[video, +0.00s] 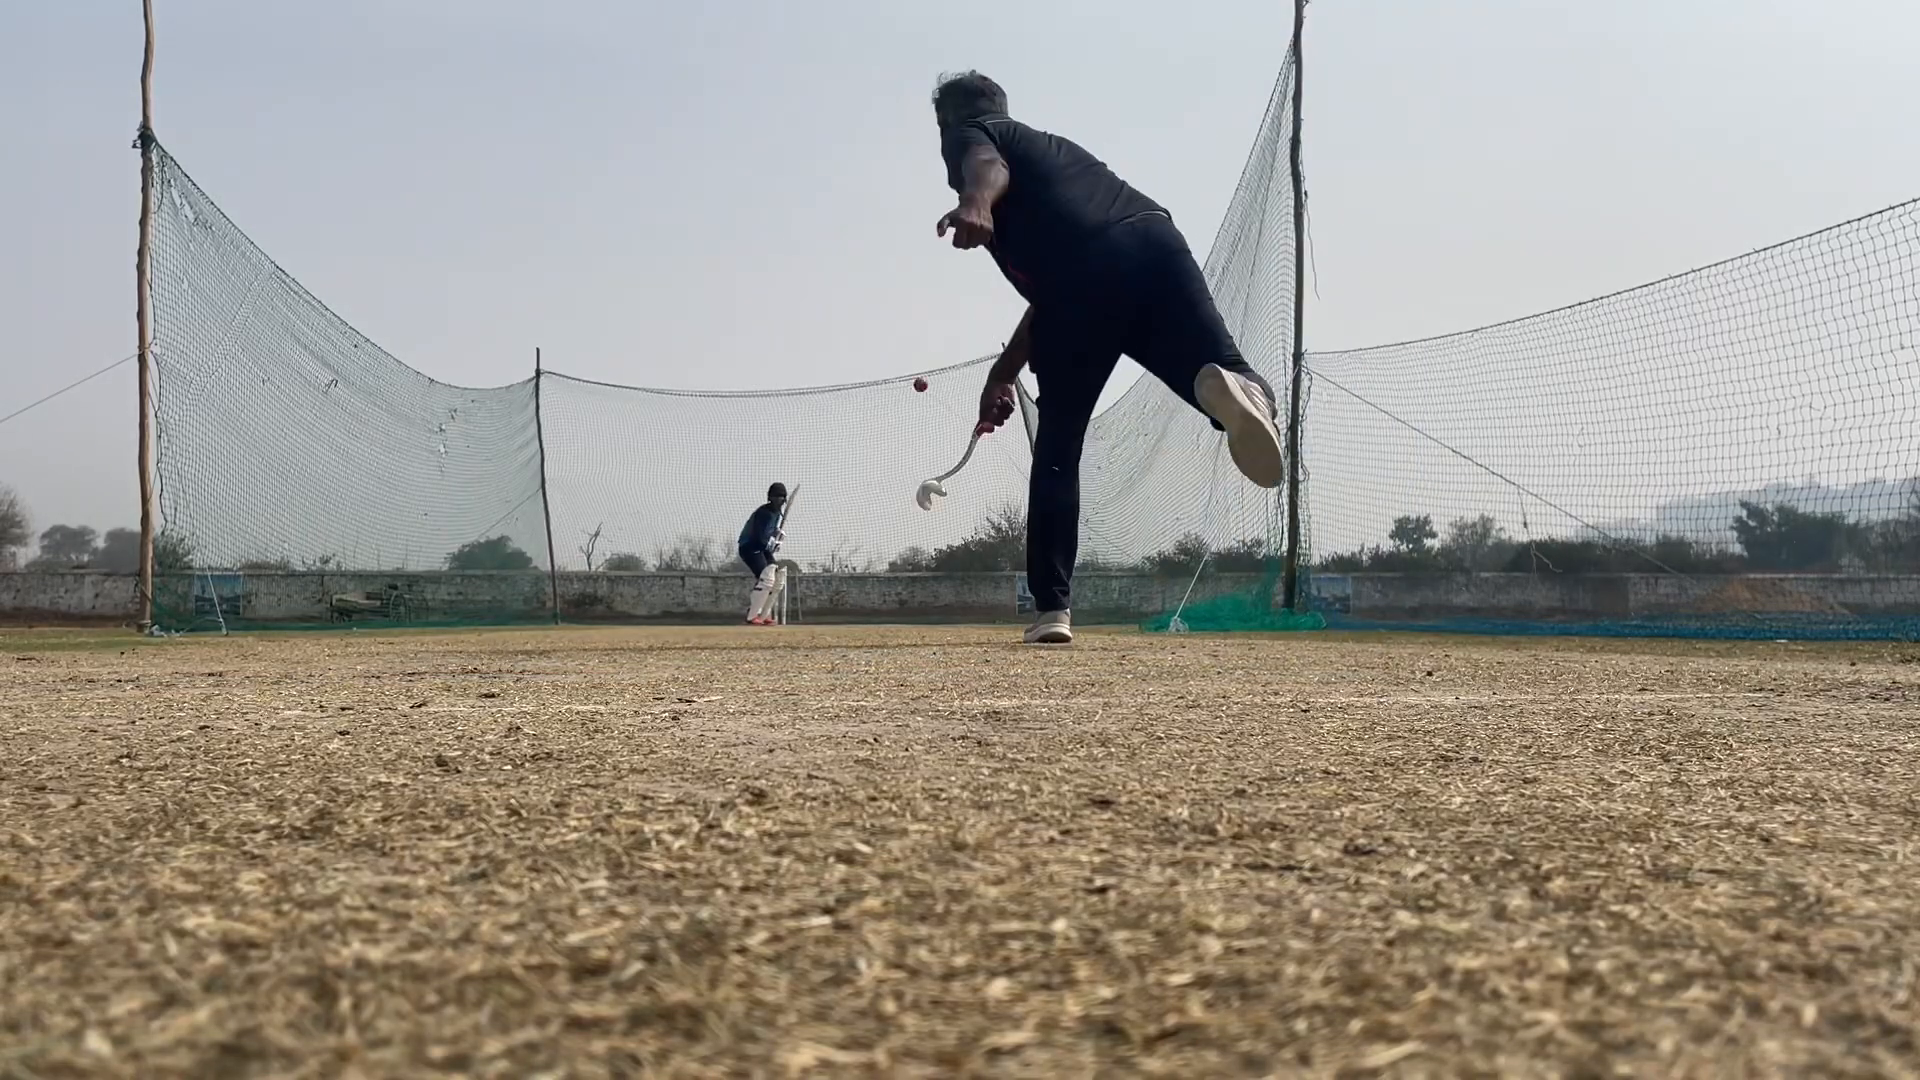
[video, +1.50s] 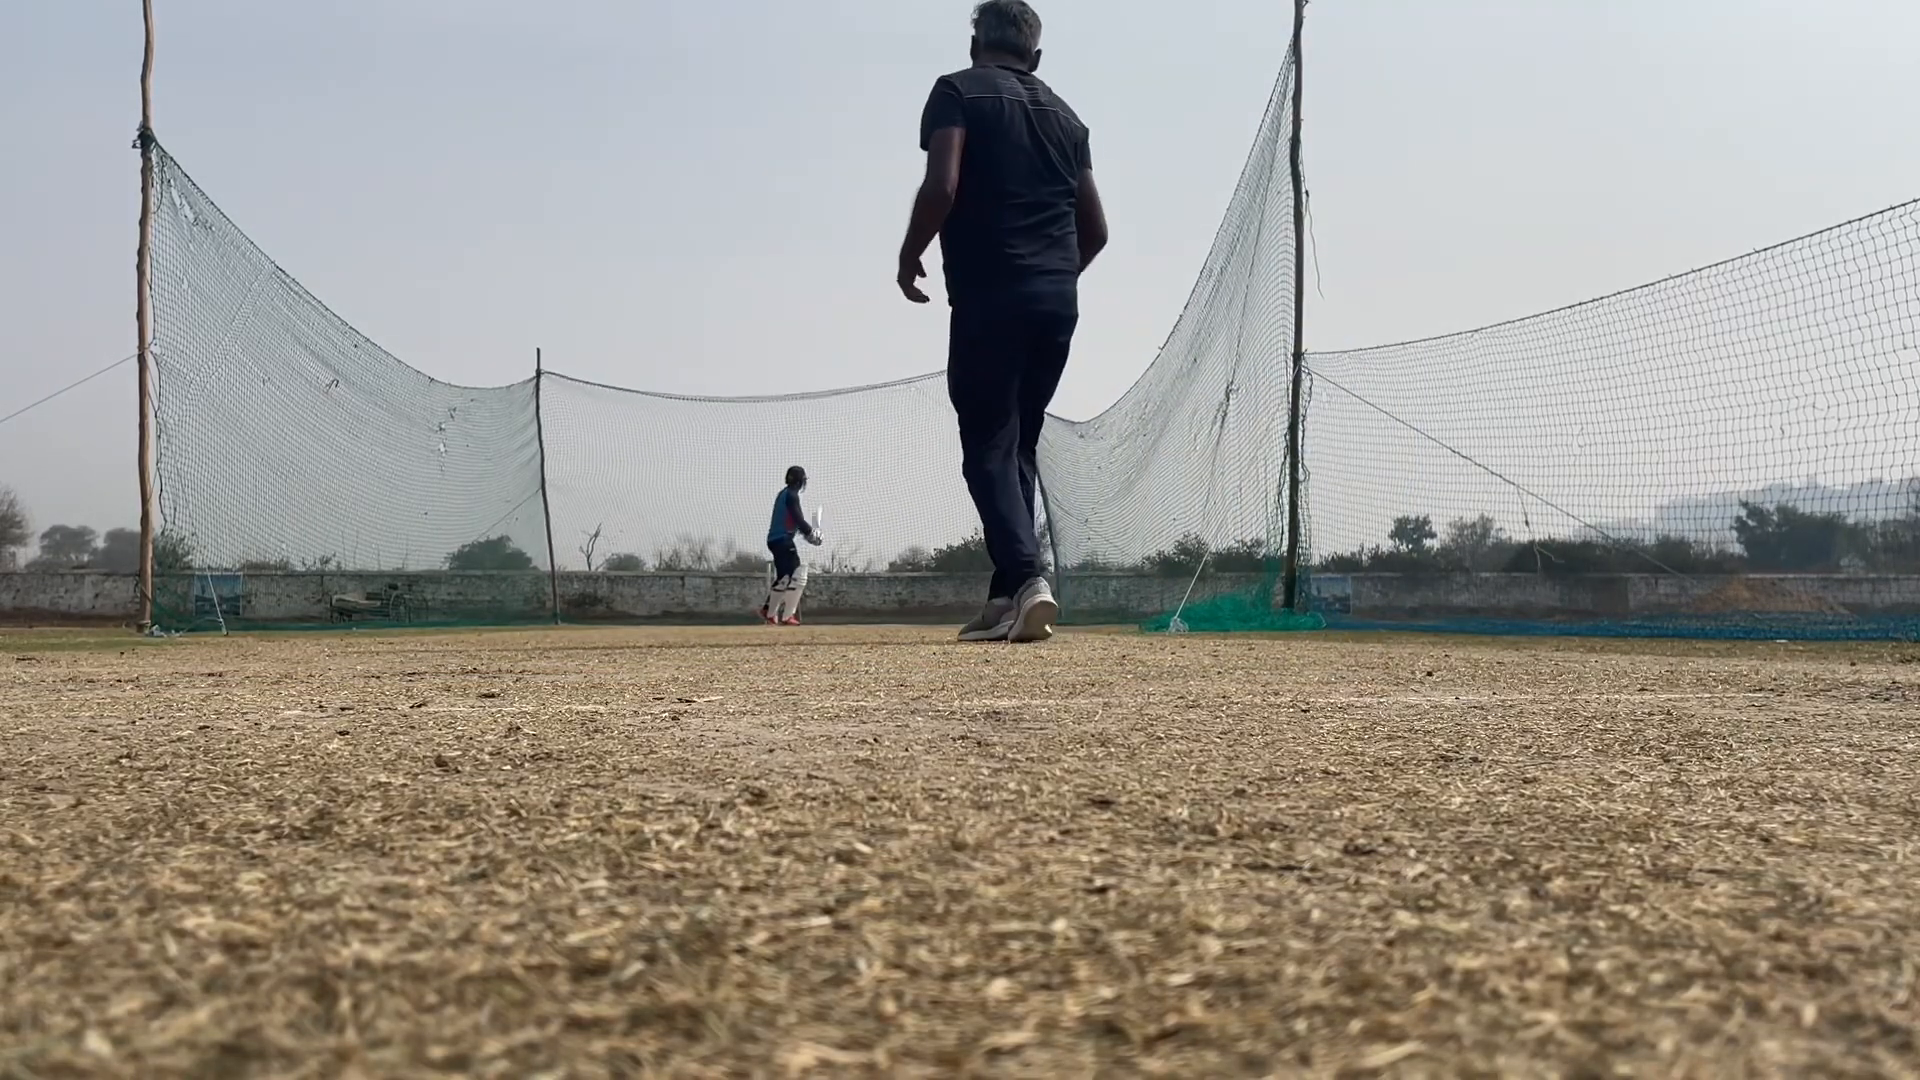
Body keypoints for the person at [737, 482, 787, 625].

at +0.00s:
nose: (783, 500)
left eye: (784, 496)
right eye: (780, 496)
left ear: (785, 498)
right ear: (771, 497)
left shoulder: (777, 513)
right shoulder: (765, 512)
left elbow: (772, 529)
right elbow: (760, 538)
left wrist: (777, 534)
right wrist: (772, 545)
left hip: (762, 547)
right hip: (749, 547)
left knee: (777, 577)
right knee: (767, 576)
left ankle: (765, 615)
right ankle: (752, 615)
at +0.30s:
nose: (795, 505)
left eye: (797, 501)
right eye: (792, 501)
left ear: (799, 501)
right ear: (784, 499)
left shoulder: (785, 511)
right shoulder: (775, 511)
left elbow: (782, 521)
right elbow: (768, 538)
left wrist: (790, 526)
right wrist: (784, 540)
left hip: (768, 542)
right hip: (756, 542)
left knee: (771, 577)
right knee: (771, 575)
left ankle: (763, 616)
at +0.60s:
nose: (810, 498)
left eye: (811, 495)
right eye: (809, 494)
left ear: (796, 490)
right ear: (804, 493)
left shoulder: (784, 498)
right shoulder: (792, 504)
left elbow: (771, 507)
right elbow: (800, 530)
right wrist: (806, 522)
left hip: (766, 542)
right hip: (774, 543)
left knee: (778, 578)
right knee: (791, 575)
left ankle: (767, 614)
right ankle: (787, 616)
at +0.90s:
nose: (812, 493)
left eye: (814, 490)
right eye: (812, 490)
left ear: (798, 484)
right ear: (807, 488)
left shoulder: (784, 495)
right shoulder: (798, 502)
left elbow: (768, 507)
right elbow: (808, 528)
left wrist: (784, 512)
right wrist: (810, 522)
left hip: (770, 541)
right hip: (781, 542)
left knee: (781, 576)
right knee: (795, 574)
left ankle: (770, 611)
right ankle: (787, 615)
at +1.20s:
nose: (813, 490)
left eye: (814, 486)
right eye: (812, 486)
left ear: (797, 483)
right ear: (807, 486)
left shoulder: (785, 495)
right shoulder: (798, 500)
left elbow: (770, 508)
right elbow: (809, 526)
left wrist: (786, 513)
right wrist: (808, 519)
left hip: (772, 541)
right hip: (783, 542)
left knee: (782, 577)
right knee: (797, 575)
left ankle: (770, 612)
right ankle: (788, 615)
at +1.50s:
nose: (805, 482)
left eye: (805, 479)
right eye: (804, 479)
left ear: (789, 479)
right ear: (799, 480)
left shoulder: (784, 494)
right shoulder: (791, 495)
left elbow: (794, 520)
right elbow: (799, 519)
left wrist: (807, 534)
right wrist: (811, 533)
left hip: (775, 539)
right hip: (783, 539)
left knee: (783, 576)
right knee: (797, 574)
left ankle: (771, 613)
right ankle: (788, 615)